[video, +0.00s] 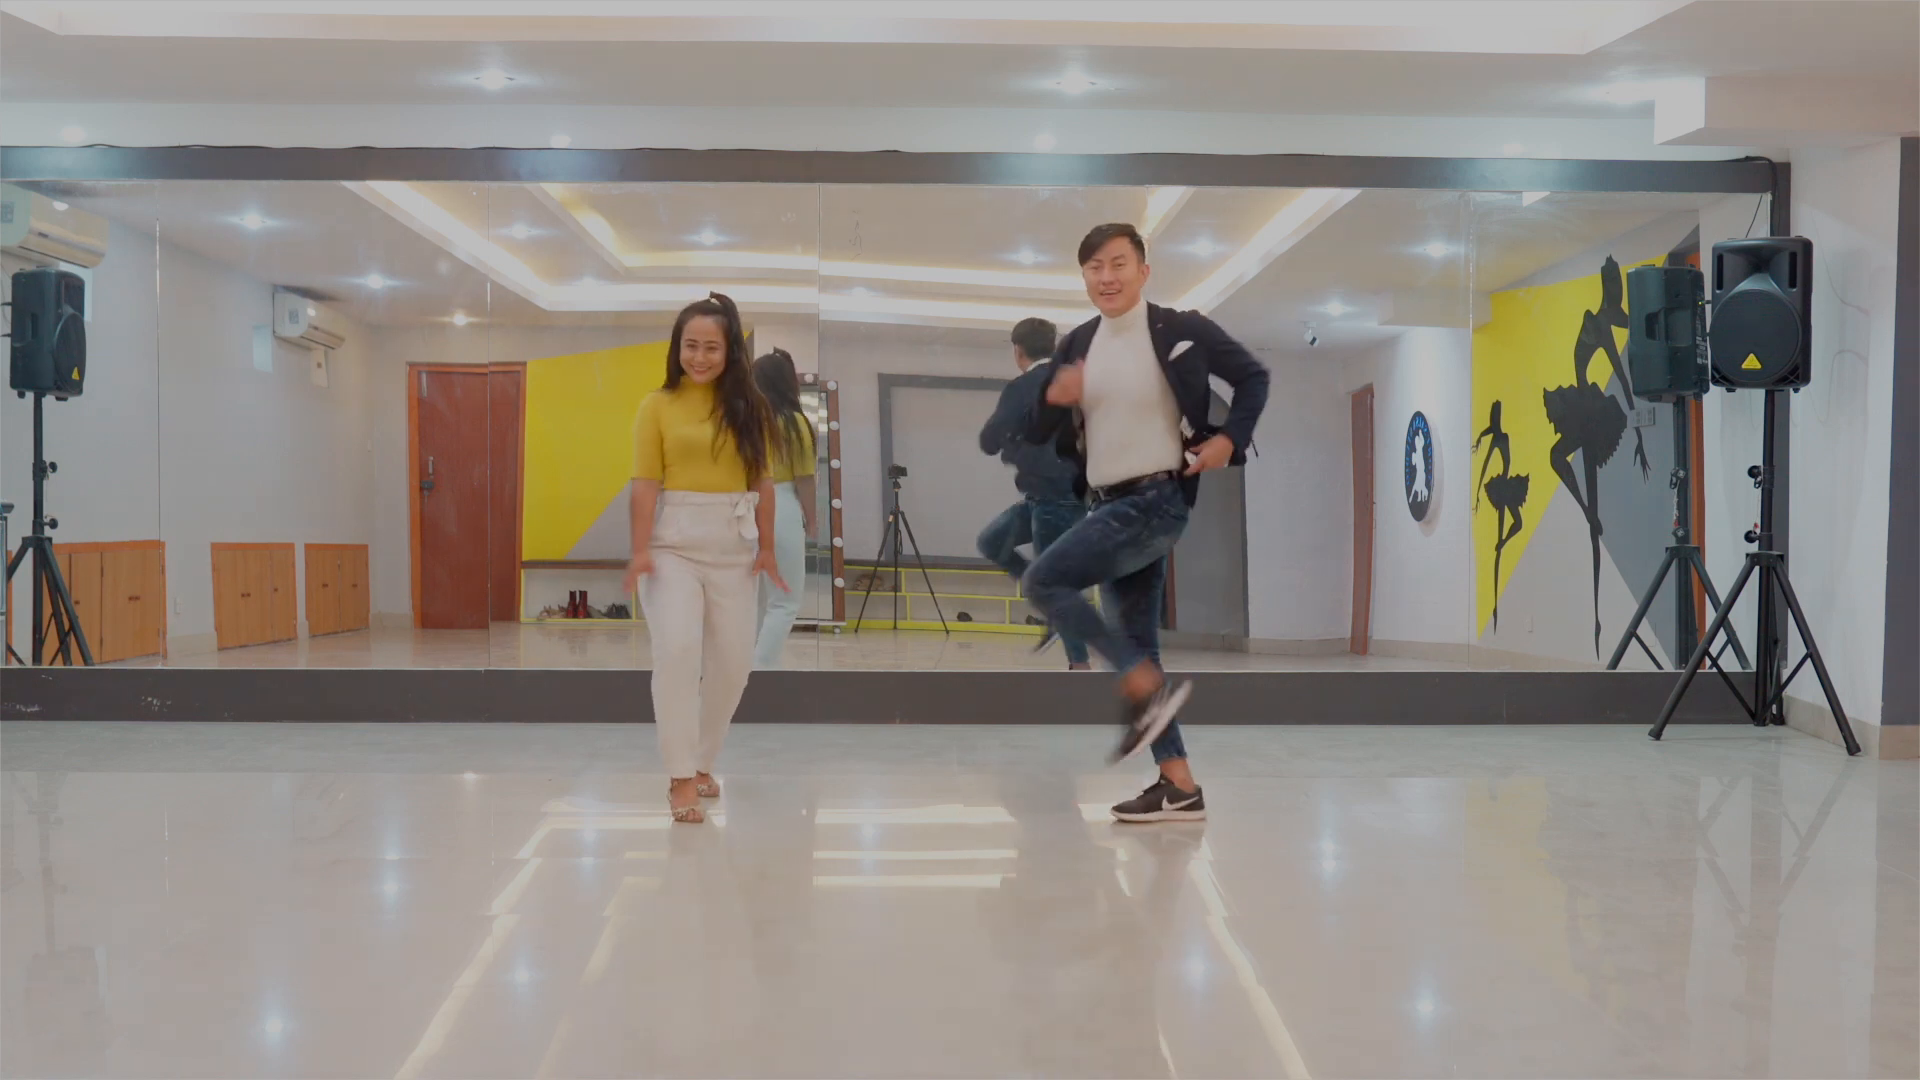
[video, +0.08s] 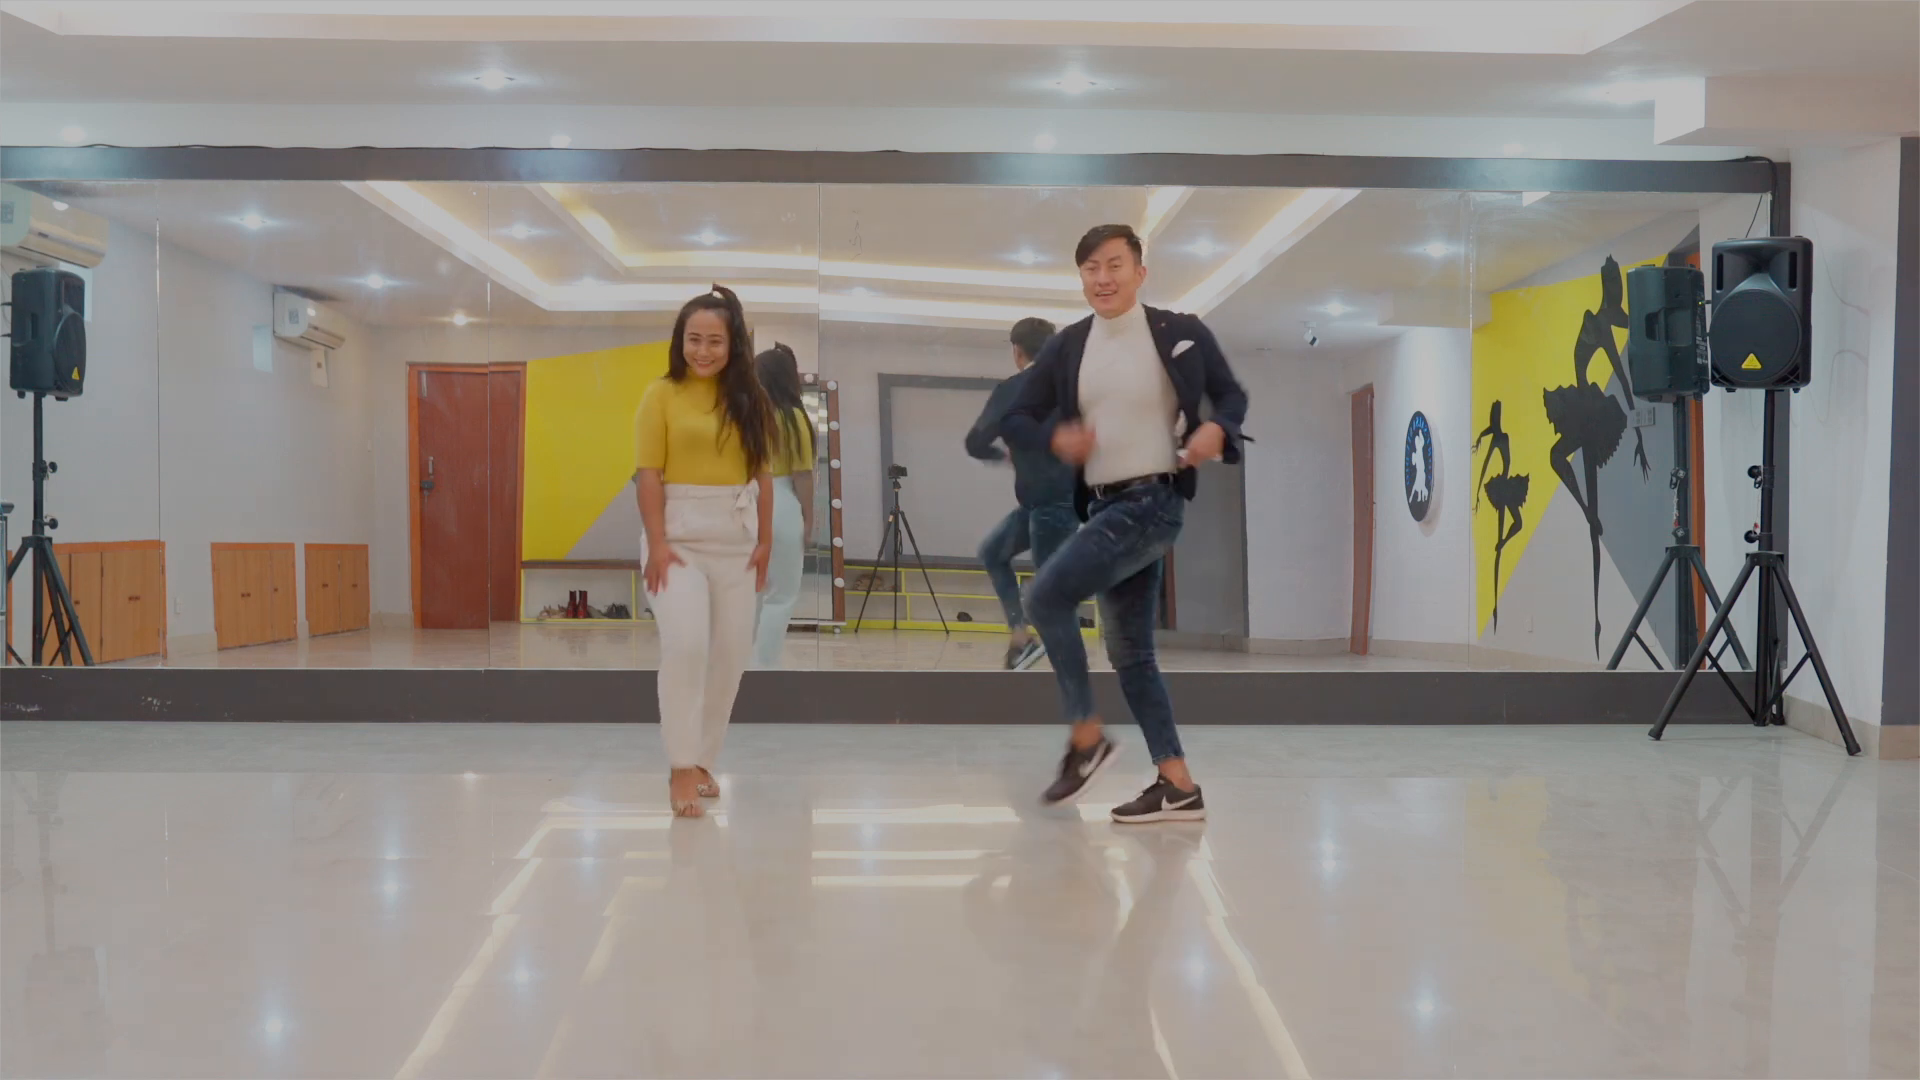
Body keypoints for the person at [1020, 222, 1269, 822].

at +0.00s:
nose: (1107, 276)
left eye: (1118, 264)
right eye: (1095, 267)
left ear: (1144, 270)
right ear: (1083, 277)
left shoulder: (1182, 329)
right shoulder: (1078, 343)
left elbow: (1253, 379)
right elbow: (1034, 427)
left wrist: (1229, 438)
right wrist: (1050, 396)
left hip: (1157, 497)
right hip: (1108, 503)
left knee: (1043, 582)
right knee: (1136, 650)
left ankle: (1144, 682)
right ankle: (1179, 783)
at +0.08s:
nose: (1102, 278)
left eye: (1115, 265)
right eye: (1091, 268)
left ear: (1141, 271)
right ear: (1080, 278)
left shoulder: (1179, 331)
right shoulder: (1068, 344)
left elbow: (1231, 395)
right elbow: (1015, 418)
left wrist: (1217, 427)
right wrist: (1053, 434)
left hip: (1152, 500)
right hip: (1103, 505)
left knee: (1048, 596)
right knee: (1131, 652)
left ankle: (1085, 735)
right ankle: (1178, 782)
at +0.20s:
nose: (1088, 280)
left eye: (1100, 268)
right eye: (1078, 270)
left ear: (1128, 274)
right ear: (1068, 281)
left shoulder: (1168, 342)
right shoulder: (1046, 348)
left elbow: (1216, 412)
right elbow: (978, 419)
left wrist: (1153, 444)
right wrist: (1012, 480)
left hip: (1145, 507)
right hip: (1083, 515)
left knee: (1098, 627)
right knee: (1099, 640)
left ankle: (1087, 762)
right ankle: (1171, 769)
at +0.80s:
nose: (1064, 301)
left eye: (1076, 290)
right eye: (1054, 290)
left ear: (1095, 297)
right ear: (1039, 296)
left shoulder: (1121, 361)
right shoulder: (1007, 364)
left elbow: (1158, 432)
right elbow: (942, 444)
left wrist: (1112, 462)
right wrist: (1002, 482)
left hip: (1085, 530)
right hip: (1022, 528)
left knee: (1043, 646)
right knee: (1033, 656)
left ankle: (1017, 751)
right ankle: (1111, 710)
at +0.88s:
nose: (1061, 283)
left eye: (1073, 273)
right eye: (1051, 272)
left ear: (1091, 280)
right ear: (1034, 278)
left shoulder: (1115, 341)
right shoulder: (1003, 339)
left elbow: (1143, 418)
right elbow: (939, 414)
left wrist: (1104, 468)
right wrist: (989, 467)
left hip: (1082, 507)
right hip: (1013, 504)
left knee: (1054, 635)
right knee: (995, 631)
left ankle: (1016, 749)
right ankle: (1051, 688)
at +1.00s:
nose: (1063, 257)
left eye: (1074, 247)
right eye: (1052, 246)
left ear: (1089, 257)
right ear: (1031, 253)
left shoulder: (1114, 325)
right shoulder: (997, 315)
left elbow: (1144, 396)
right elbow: (948, 387)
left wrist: (1114, 454)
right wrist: (996, 423)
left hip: (1068, 481)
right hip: (1002, 463)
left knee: (1042, 627)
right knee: (1034, 527)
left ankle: (989, 736)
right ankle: (992, 593)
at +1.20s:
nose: (1064, 263)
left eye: (1075, 252)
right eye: (1053, 251)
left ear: (1092, 261)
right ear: (1034, 259)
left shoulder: (1112, 328)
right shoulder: (1000, 322)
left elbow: (1135, 403)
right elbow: (950, 397)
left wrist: (1120, 437)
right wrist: (1015, 438)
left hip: (1058, 486)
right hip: (993, 470)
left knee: (1023, 616)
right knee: (1045, 535)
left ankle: (961, 741)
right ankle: (1012, 663)